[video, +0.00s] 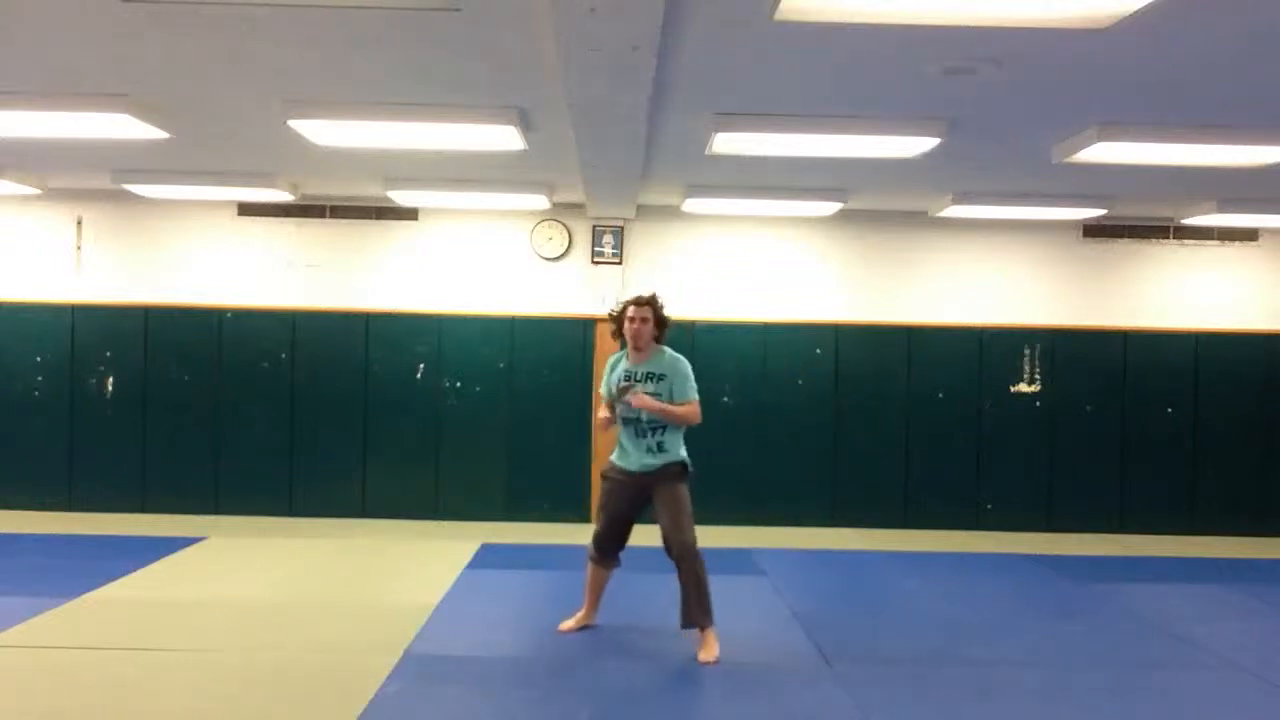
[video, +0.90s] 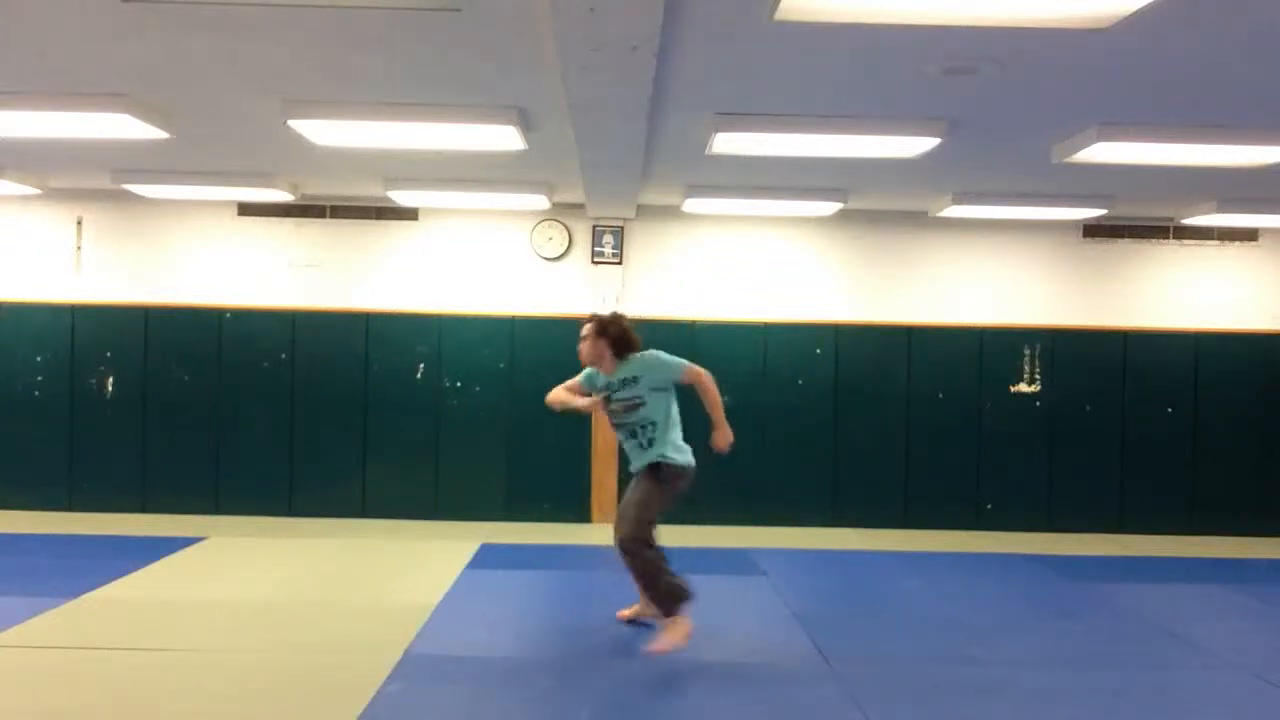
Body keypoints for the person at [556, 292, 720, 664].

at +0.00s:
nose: (635, 327)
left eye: (643, 321)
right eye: (630, 320)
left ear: (656, 327)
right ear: (623, 325)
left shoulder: (676, 364)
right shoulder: (614, 364)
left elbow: (693, 415)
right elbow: (604, 410)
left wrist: (653, 405)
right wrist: (607, 413)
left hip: (668, 466)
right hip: (624, 465)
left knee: (682, 546)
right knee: (604, 542)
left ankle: (706, 633)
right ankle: (588, 612)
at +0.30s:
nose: (653, 330)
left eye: (662, 325)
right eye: (650, 324)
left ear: (681, 332)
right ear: (646, 331)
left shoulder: (703, 376)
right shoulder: (633, 366)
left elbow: (730, 424)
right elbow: (600, 409)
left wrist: (701, 423)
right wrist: (630, 425)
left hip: (678, 479)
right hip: (631, 476)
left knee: (688, 558)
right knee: (604, 549)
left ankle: (713, 643)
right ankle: (588, 612)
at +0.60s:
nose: (640, 332)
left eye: (647, 326)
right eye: (640, 326)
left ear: (670, 332)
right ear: (646, 333)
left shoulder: (706, 370)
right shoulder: (634, 367)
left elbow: (729, 411)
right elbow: (620, 415)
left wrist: (731, 458)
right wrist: (655, 449)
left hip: (688, 477)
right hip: (641, 474)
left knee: (698, 557)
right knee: (613, 539)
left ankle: (714, 643)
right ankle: (631, 593)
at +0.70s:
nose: (623, 340)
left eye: (629, 334)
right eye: (623, 333)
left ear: (651, 339)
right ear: (634, 339)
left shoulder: (691, 372)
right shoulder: (620, 375)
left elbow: (719, 414)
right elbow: (598, 415)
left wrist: (732, 465)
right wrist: (626, 447)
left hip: (686, 478)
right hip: (640, 479)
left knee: (698, 558)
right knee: (621, 548)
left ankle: (714, 644)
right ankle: (645, 605)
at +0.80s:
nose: (600, 341)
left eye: (606, 334)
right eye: (600, 334)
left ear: (626, 339)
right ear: (616, 341)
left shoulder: (671, 368)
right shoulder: (606, 371)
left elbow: (715, 392)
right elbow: (570, 396)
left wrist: (730, 444)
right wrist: (607, 409)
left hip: (674, 467)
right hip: (638, 469)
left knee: (673, 548)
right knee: (628, 543)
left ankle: (706, 633)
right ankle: (648, 610)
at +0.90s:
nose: (579, 345)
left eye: (585, 339)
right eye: (580, 339)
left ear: (607, 344)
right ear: (597, 345)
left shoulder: (649, 363)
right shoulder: (595, 378)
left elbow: (701, 377)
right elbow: (553, 396)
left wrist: (720, 426)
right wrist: (579, 402)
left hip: (670, 463)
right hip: (642, 467)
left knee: (630, 535)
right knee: (630, 533)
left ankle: (677, 617)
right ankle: (651, 601)